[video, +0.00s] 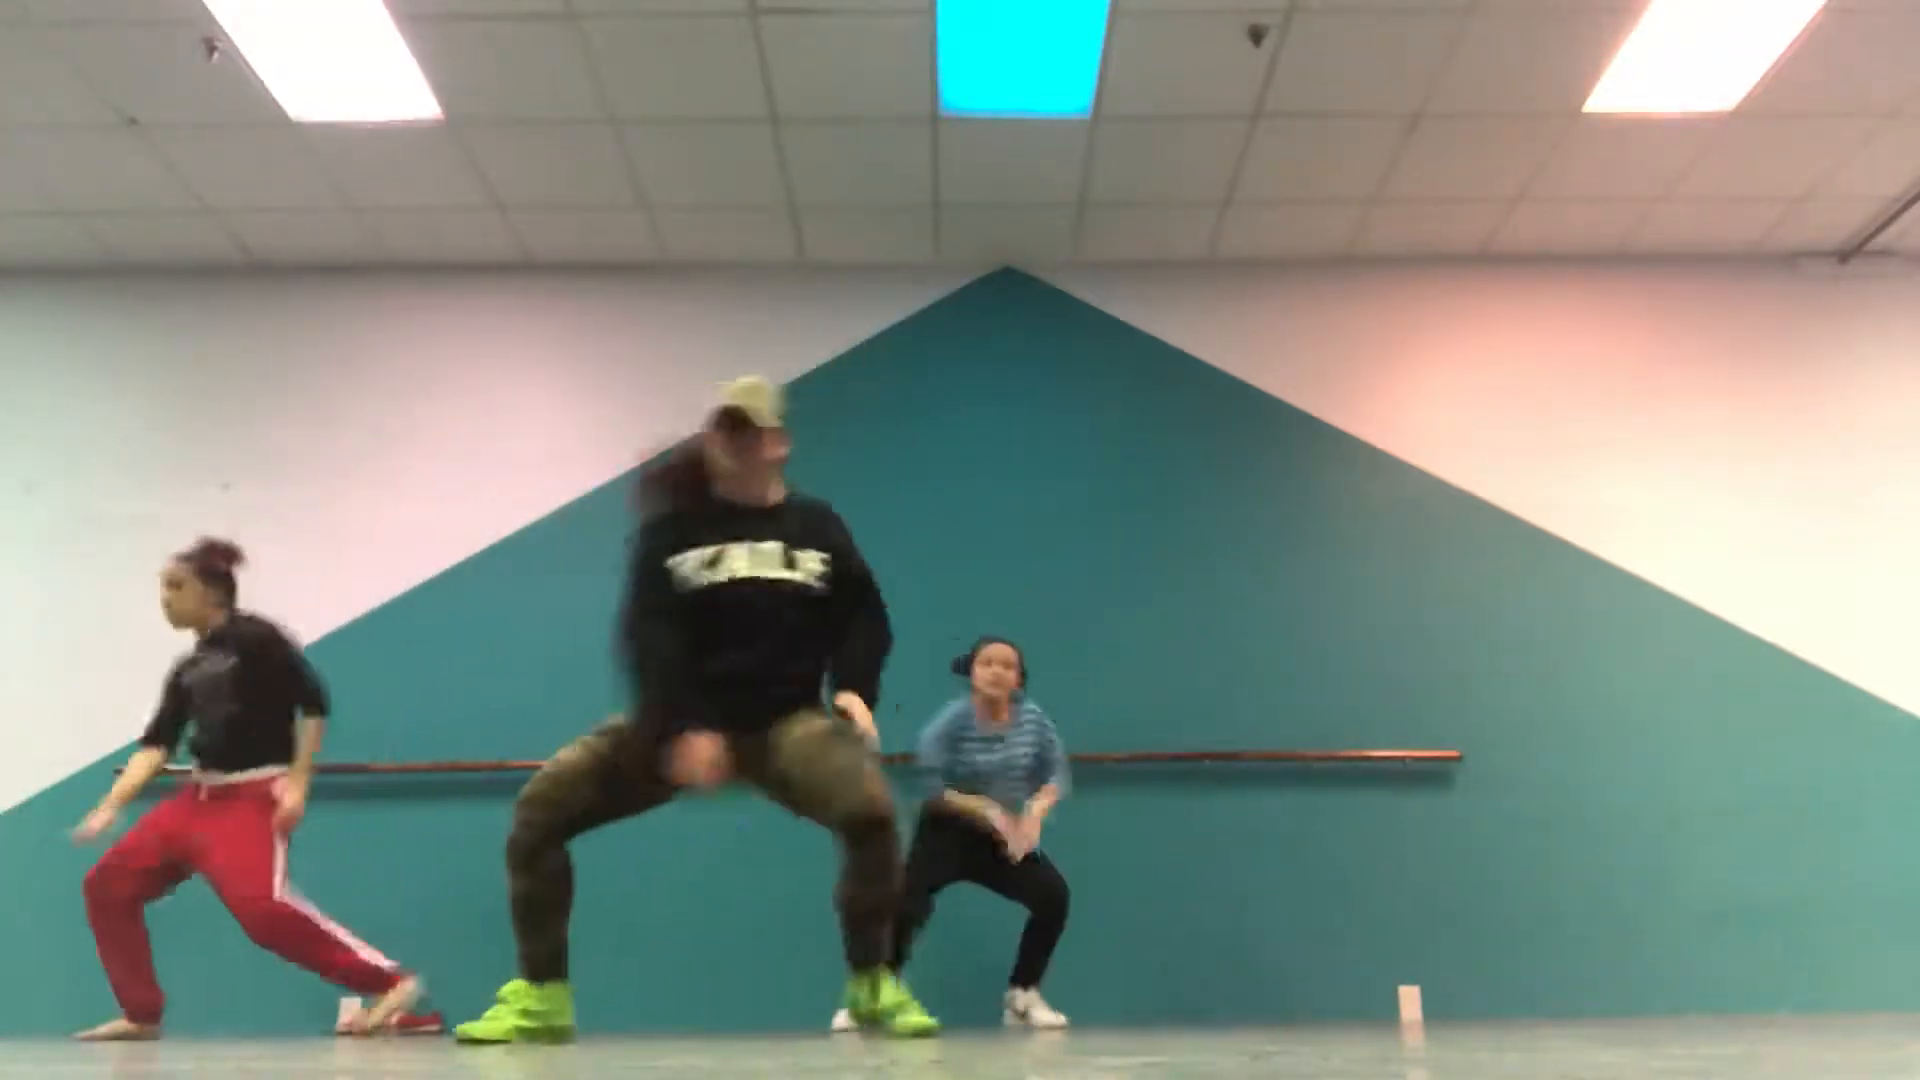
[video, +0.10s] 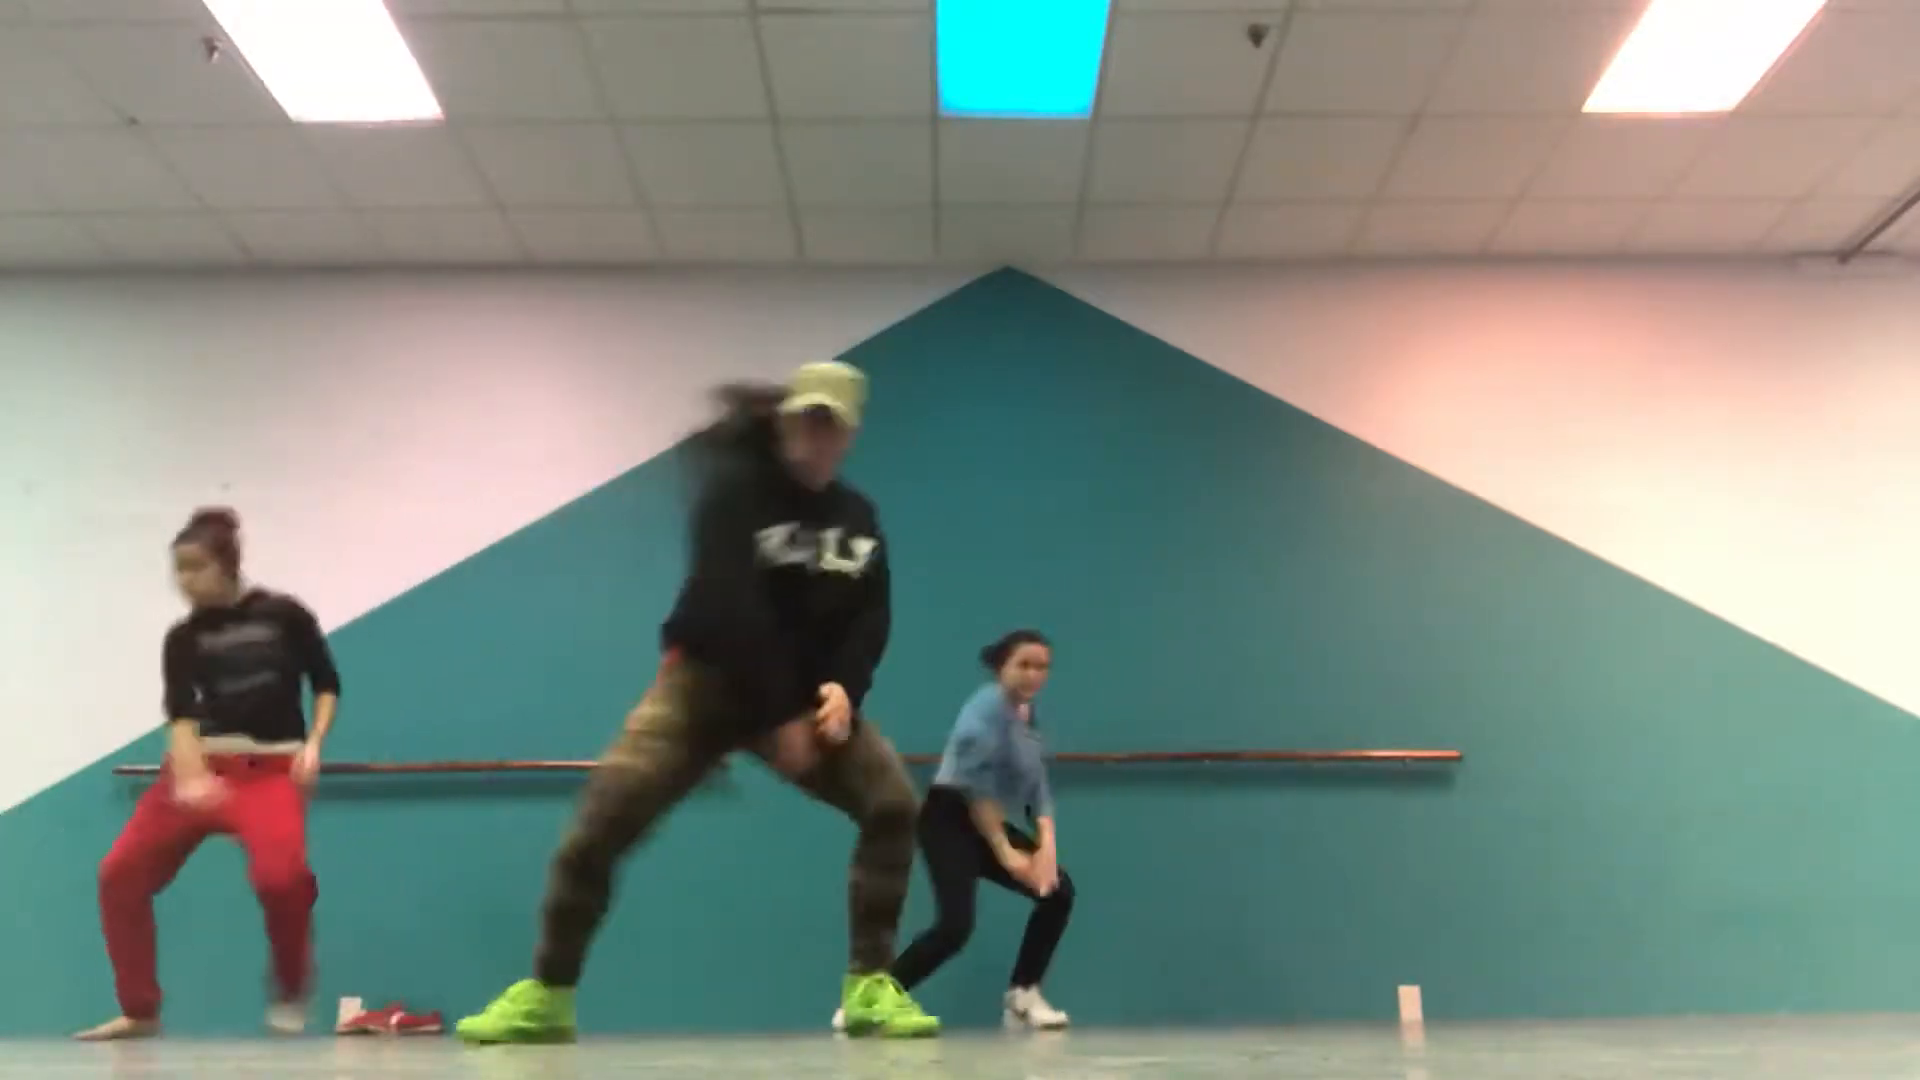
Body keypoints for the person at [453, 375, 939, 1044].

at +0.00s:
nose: (734, 447)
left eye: (751, 434)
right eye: (725, 434)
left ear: (781, 446)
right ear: (706, 443)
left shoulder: (818, 529)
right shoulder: (668, 533)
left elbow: (865, 615)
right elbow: (649, 636)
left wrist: (856, 689)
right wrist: (680, 726)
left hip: (785, 727)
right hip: (683, 726)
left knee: (869, 810)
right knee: (539, 814)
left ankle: (873, 985)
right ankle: (543, 996)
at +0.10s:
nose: (814, 441)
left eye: (829, 428)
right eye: (803, 425)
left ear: (848, 438)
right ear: (780, 428)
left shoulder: (857, 518)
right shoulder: (735, 491)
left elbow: (871, 619)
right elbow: (731, 608)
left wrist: (845, 685)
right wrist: (777, 712)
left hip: (804, 698)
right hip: (706, 683)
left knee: (892, 806)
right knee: (600, 824)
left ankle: (871, 987)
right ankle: (549, 995)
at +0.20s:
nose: (865, 432)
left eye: (882, 423)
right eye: (858, 416)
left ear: (898, 430)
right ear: (834, 410)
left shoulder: (881, 495)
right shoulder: (780, 457)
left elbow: (888, 596)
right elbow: (758, 563)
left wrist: (864, 664)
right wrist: (820, 662)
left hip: (823, 663)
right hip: (742, 641)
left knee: (890, 792)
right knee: (696, 797)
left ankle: (870, 983)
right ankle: (585, 975)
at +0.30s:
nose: (902, 407)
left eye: (910, 395)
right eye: (894, 391)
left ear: (911, 399)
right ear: (861, 381)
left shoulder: (894, 464)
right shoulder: (796, 435)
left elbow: (910, 566)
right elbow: (795, 548)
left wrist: (889, 631)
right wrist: (846, 641)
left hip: (850, 630)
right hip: (770, 612)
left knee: (879, 797)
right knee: (768, 777)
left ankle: (870, 983)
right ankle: (672, 967)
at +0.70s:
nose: (934, 375)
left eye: (937, 364)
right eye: (922, 362)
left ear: (919, 369)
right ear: (878, 360)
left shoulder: (926, 455)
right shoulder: (845, 412)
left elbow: (955, 550)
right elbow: (857, 528)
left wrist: (943, 614)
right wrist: (896, 624)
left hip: (890, 624)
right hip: (821, 608)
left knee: (906, 798)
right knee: (863, 778)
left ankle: (874, 978)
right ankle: (766, 957)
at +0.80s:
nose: (933, 390)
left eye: (935, 377)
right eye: (922, 376)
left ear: (902, 380)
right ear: (882, 374)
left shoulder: (914, 471)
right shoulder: (849, 425)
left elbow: (946, 552)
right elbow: (885, 528)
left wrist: (976, 601)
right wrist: (966, 589)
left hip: (885, 636)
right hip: (829, 619)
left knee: (924, 803)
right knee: (911, 771)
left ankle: (874, 989)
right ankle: (743, 859)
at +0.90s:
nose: (920, 360)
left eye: (921, 347)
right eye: (908, 345)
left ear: (883, 350)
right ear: (869, 344)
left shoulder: (877, 411)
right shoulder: (844, 395)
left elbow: (924, 492)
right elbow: (914, 474)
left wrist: (1001, 510)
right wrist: (1001, 513)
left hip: (866, 591)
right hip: (838, 583)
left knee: (892, 779)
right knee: (925, 741)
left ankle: (870, 980)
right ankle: (761, 834)